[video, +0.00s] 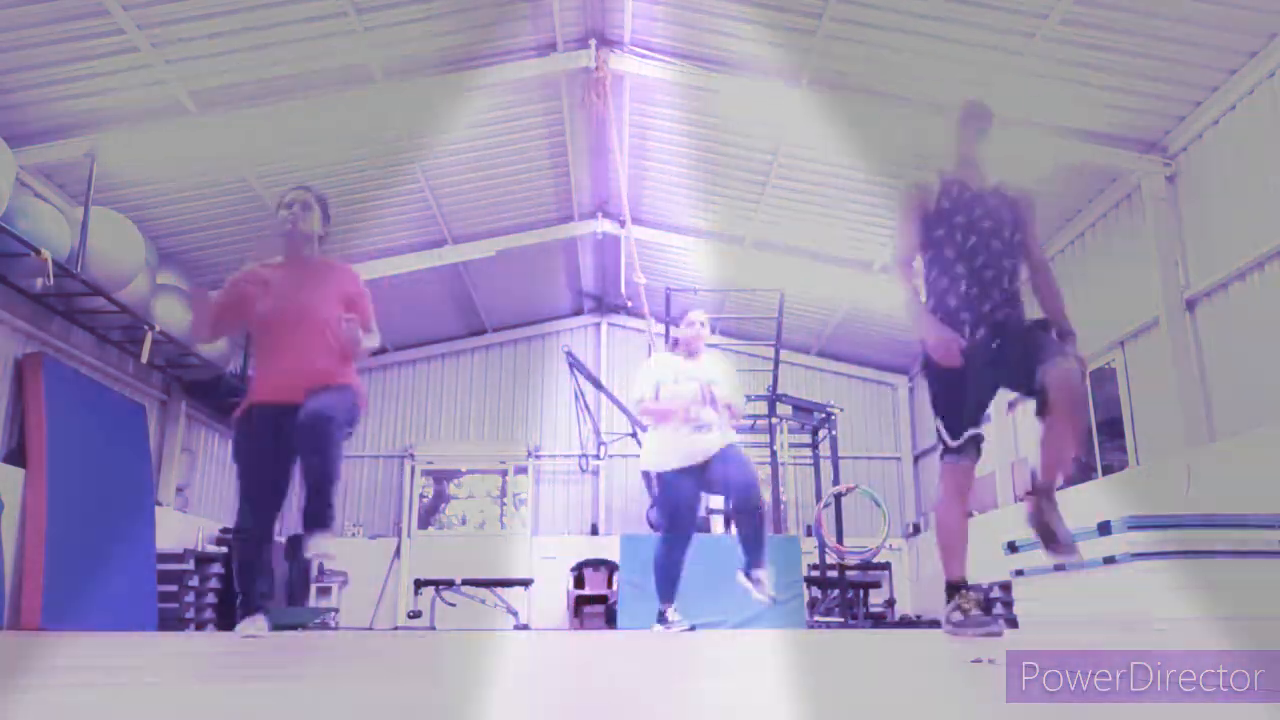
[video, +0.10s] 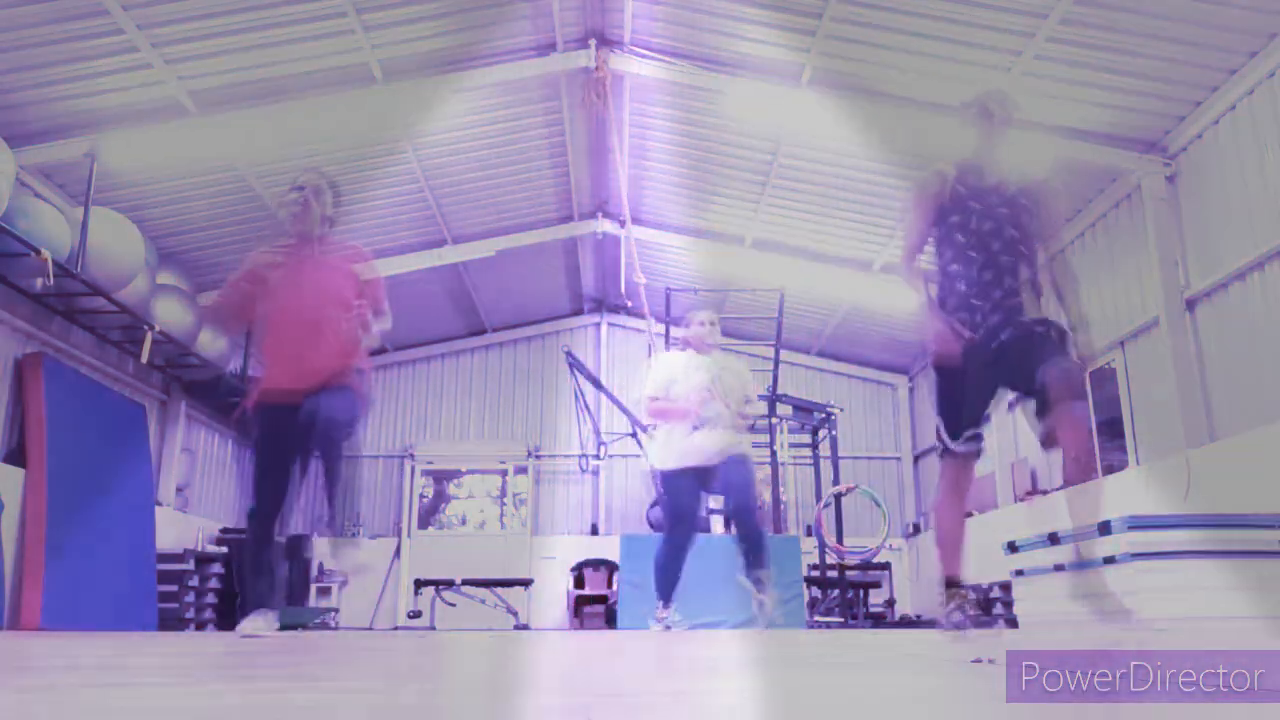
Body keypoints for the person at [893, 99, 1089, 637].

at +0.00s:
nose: (972, 136)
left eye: (980, 128)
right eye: (966, 127)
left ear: (988, 137)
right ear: (953, 134)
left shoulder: (1012, 202)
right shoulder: (925, 197)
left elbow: (1038, 269)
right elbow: (903, 266)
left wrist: (1061, 328)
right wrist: (927, 327)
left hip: (1010, 334)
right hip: (953, 340)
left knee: (1067, 376)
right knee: (958, 467)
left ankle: (1044, 497)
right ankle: (958, 595)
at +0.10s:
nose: (988, 133)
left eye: (997, 124)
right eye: (981, 122)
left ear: (1009, 132)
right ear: (966, 127)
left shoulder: (1026, 195)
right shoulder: (940, 188)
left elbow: (1052, 267)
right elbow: (907, 261)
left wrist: (1077, 331)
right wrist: (932, 319)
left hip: (1020, 328)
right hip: (960, 334)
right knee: (959, 463)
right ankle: (953, 592)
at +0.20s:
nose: (1013, 154)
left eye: (1022, 145)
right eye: (1005, 143)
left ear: (1035, 153)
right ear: (990, 149)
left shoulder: (1046, 208)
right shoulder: (961, 202)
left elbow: (1076, 283)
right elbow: (929, 280)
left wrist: (1104, 350)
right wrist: (948, 339)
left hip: (1043, 346)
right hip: (980, 347)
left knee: (1104, 464)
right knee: (963, 478)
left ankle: (1100, 597)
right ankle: (929, 591)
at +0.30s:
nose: (1030, 158)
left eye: (1039, 150)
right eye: (1022, 148)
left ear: (1050, 163)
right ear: (1005, 158)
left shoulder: (1065, 230)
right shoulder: (977, 214)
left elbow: (1092, 306)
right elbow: (951, 290)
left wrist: (1123, 370)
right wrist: (966, 362)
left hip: (1064, 372)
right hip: (1000, 371)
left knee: (1115, 470)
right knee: (972, 488)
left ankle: (1102, 600)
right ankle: (931, 592)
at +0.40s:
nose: (1036, 138)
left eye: (1044, 130)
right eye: (1028, 127)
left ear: (1054, 139)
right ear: (1009, 135)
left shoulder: (1079, 197)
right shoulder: (983, 194)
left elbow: (1100, 272)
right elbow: (955, 270)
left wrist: (1118, 340)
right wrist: (969, 335)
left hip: (1073, 349)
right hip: (1008, 349)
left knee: (1099, 469)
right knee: (1008, 458)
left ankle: (1102, 598)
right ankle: (956, 550)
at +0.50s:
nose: (1040, 135)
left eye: (1048, 127)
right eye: (1032, 125)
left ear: (1058, 133)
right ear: (1015, 129)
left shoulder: (1085, 186)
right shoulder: (984, 188)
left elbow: (1112, 265)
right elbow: (962, 261)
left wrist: (1125, 333)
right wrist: (966, 326)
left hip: (1078, 330)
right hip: (1015, 326)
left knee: (1091, 467)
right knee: (1047, 405)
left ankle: (1097, 592)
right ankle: (990, 490)